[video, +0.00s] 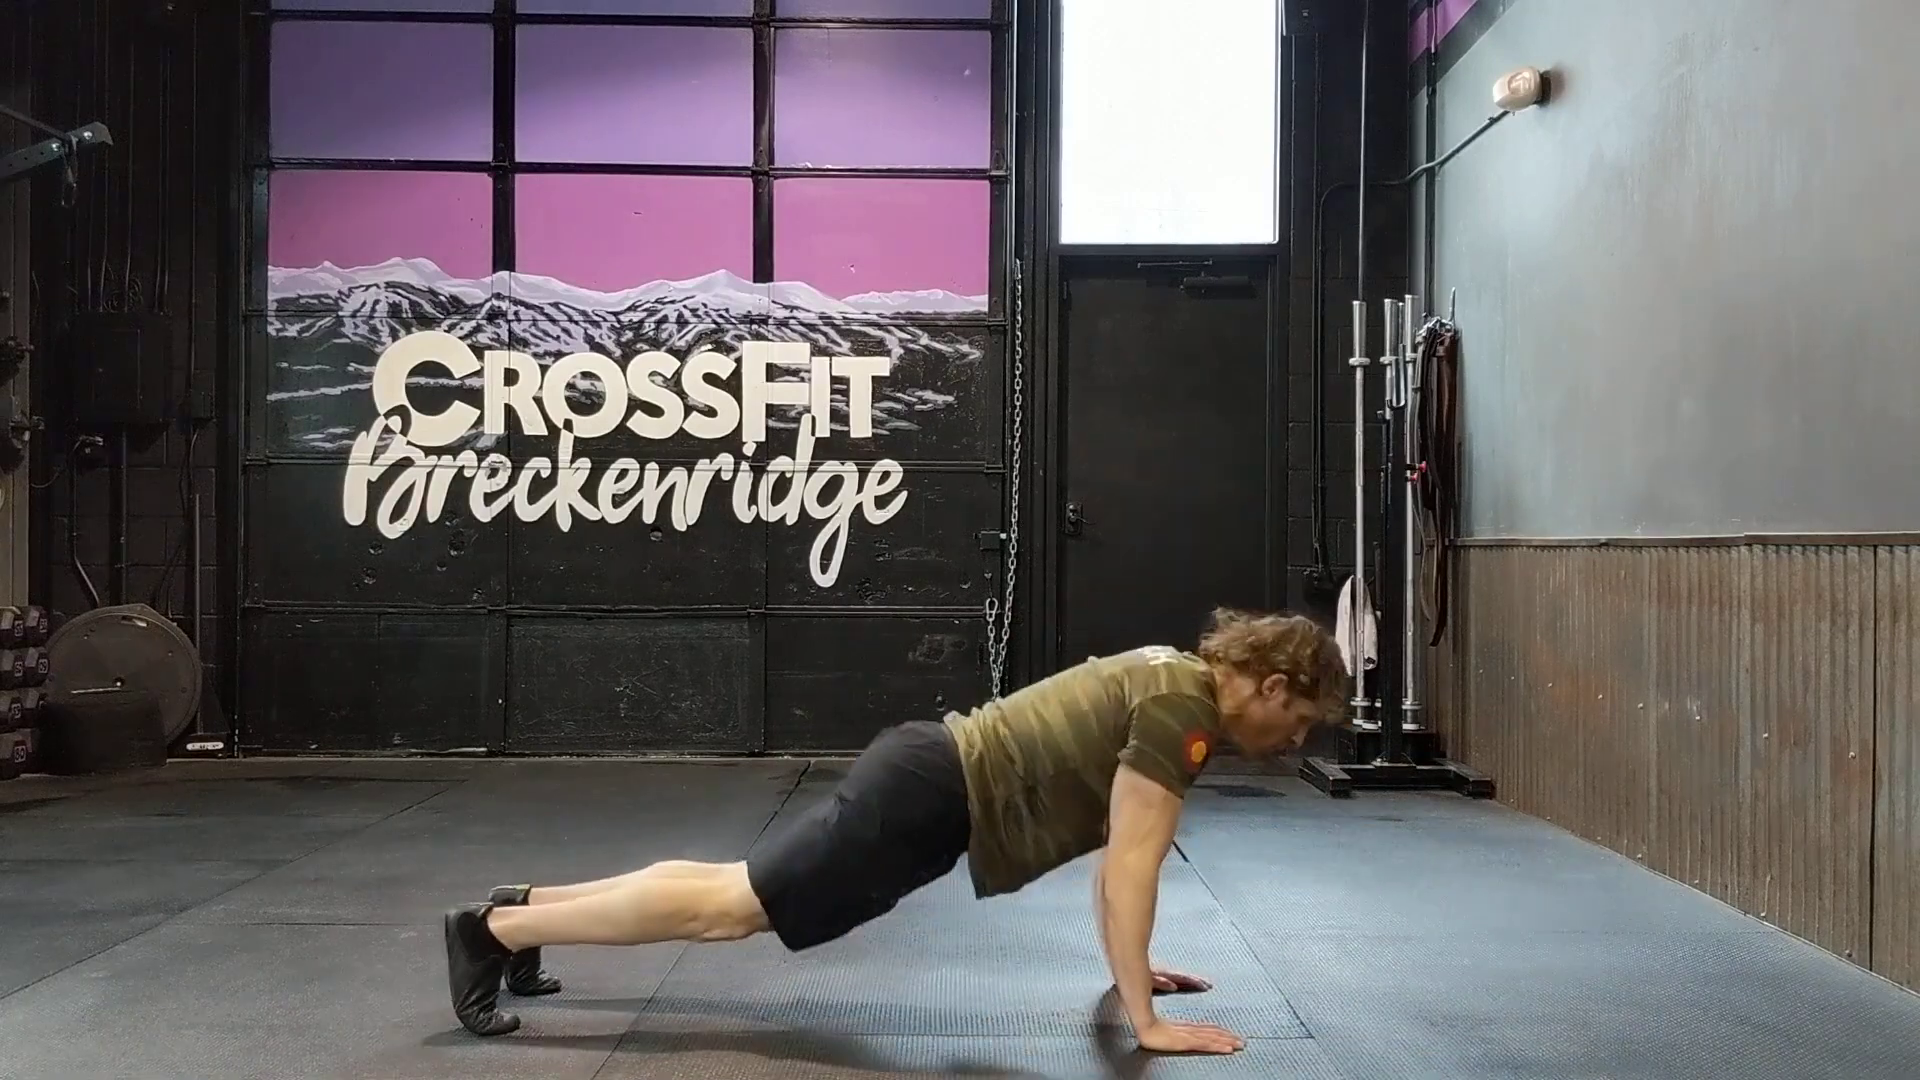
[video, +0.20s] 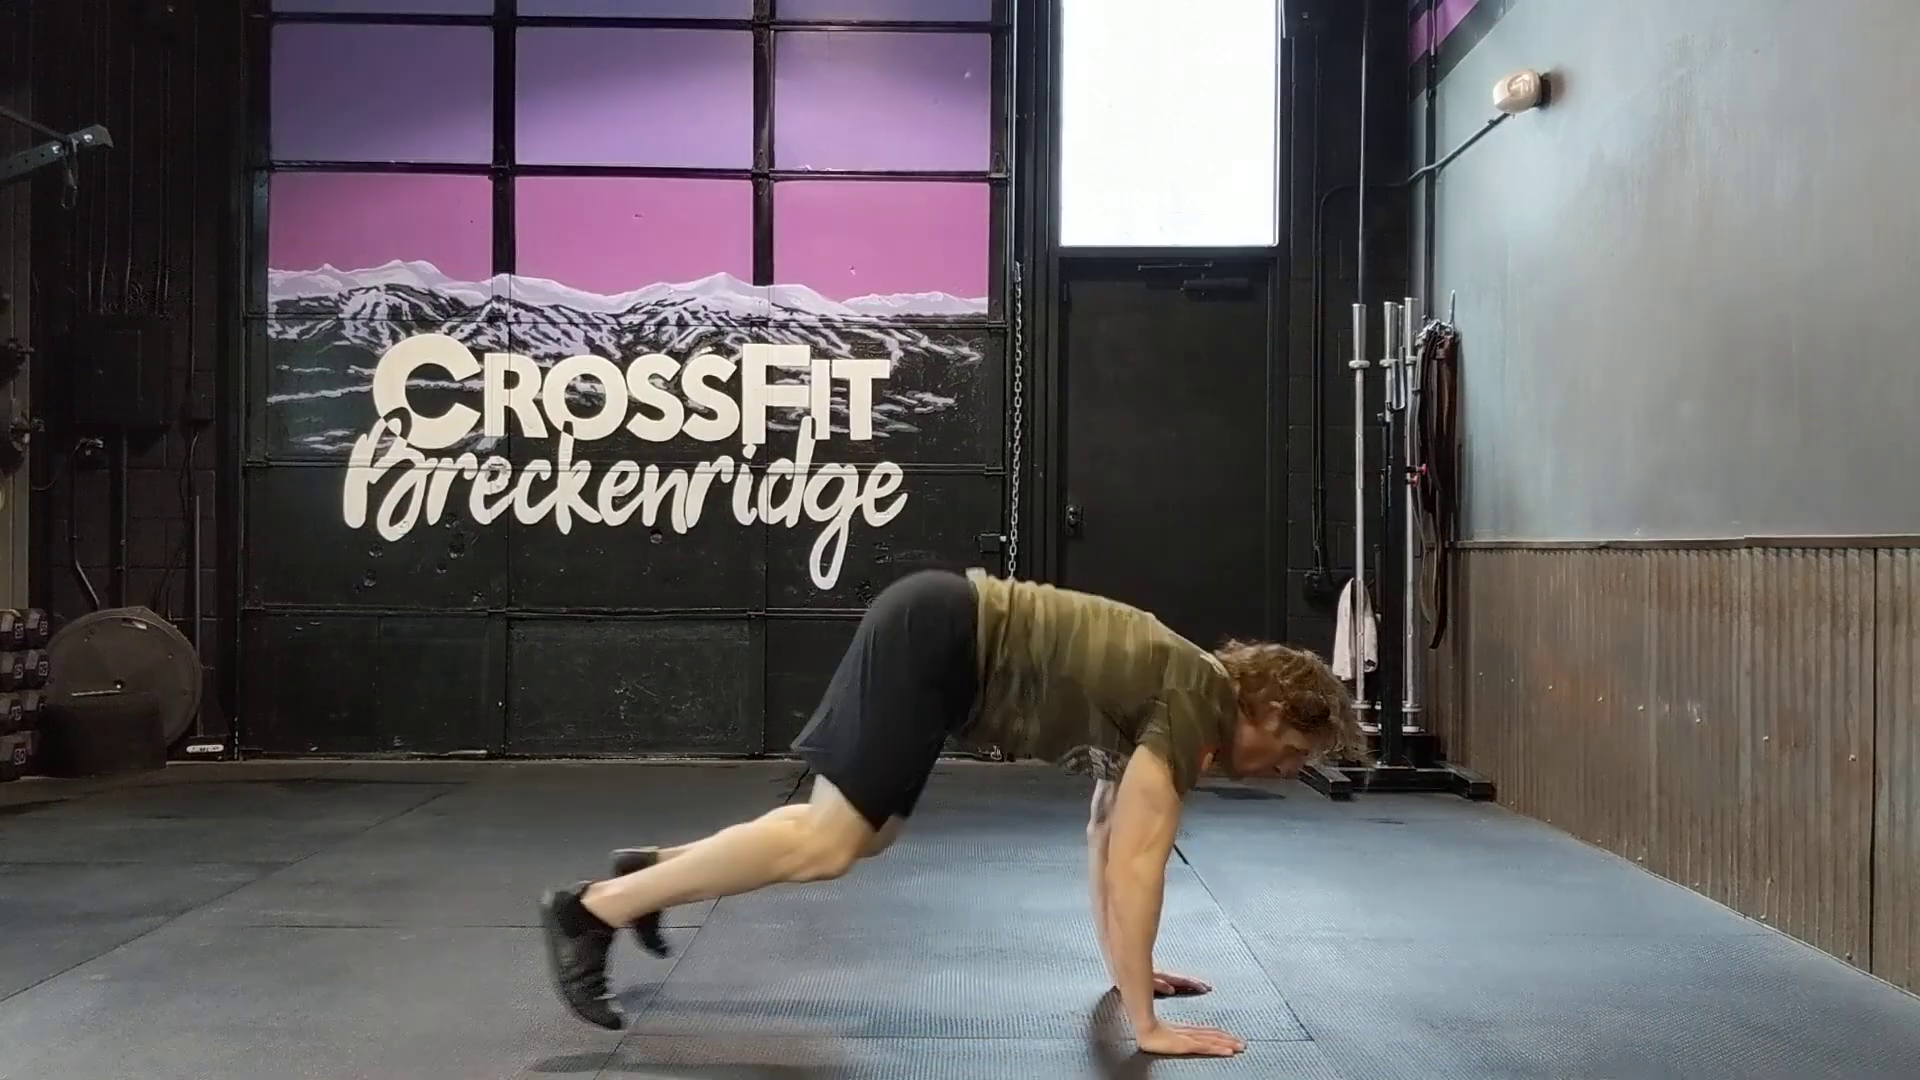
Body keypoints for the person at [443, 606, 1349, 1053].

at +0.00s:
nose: (1295, 740)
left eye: (1304, 727)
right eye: (1300, 721)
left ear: (1259, 677)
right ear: (1268, 686)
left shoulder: (1177, 697)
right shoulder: (1171, 701)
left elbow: (1127, 850)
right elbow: (1128, 863)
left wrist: (1132, 965)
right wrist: (1143, 1014)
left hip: (930, 777)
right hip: (930, 794)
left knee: (741, 889)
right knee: (731, 908)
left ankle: (527, 911)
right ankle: (497, 929)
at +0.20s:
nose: (1277, 771)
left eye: (1293, 762)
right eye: (1289, 755)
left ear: (1259, 701)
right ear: (1265, 718)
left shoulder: (1176, 687)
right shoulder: (1188, 695)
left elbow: (1112, 838)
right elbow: (1139, 852)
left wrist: (1132, 965)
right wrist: (1144, 1016)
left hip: (944, 641)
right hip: (935, 624)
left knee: (863, 833)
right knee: (822, 841)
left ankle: (655, 879)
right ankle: (589, 912)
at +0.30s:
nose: (1238, 753)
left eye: (1251, 745)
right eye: (1249, 736)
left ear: (1221, 685)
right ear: (1230, 693)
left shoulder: (1153, 678)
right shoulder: (1154, 682)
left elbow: (1107, 844)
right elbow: (1119, 857)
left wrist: (1129, 970)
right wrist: (1148, 1026)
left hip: (931, 595)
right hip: (905, 585)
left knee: (986, 779)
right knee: (963, 804)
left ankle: (829, 889)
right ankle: (768, 927)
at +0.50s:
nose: (1235, 665)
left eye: (1243, 653)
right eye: (1236, 647)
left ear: (1189, 613)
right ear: (1198, 618)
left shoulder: (1120, 632)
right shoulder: (1131, 650)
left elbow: (1117, 826)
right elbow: (1122, 838)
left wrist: (1151, 944)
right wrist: (1162, 991)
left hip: (877, 680)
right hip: (871, 689)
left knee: (1042, 778)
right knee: (1056, 804)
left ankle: (976, 957)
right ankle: (949, 1023)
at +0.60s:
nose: (1226, 595)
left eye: (1231, 580)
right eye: (1222, 575)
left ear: (1168, 558)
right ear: (1176, 559)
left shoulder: (1095, 583)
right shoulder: (1112, 602)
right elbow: (1126, 781)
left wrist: (1177, 861)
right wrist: (1208, 904)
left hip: (871, 687)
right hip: (874, 696)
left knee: (1033, 781)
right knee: (1062, 803)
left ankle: (974, 956)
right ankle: (949, 1024)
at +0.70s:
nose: (1216, 510)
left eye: (1219, 495)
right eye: (1211, 491)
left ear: (1156, 483)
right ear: (1162, 483)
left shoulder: (1096, 534)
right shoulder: (1092, 536)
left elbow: (1109, 678)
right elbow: (1109, 695)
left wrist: (1187, 711)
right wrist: (1249, 759)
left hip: (912, 668)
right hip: (886, 675)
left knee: (1054, 757)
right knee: (1060, 803)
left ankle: (979, 952)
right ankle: (948, 1023)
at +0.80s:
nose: (1187, 408)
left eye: (1188, 393)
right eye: (1179, 391)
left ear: (1119, 387)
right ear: (1127, 385)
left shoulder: (1072, 452)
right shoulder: (1058, 457)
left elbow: (1102, 537)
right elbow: (1114, 572)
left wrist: (1175, 504)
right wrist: (1257, 519)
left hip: (945, 649)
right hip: (914, 652)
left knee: (1068, 754)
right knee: (1074, 808)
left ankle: (979, 949)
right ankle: (949, 1023)